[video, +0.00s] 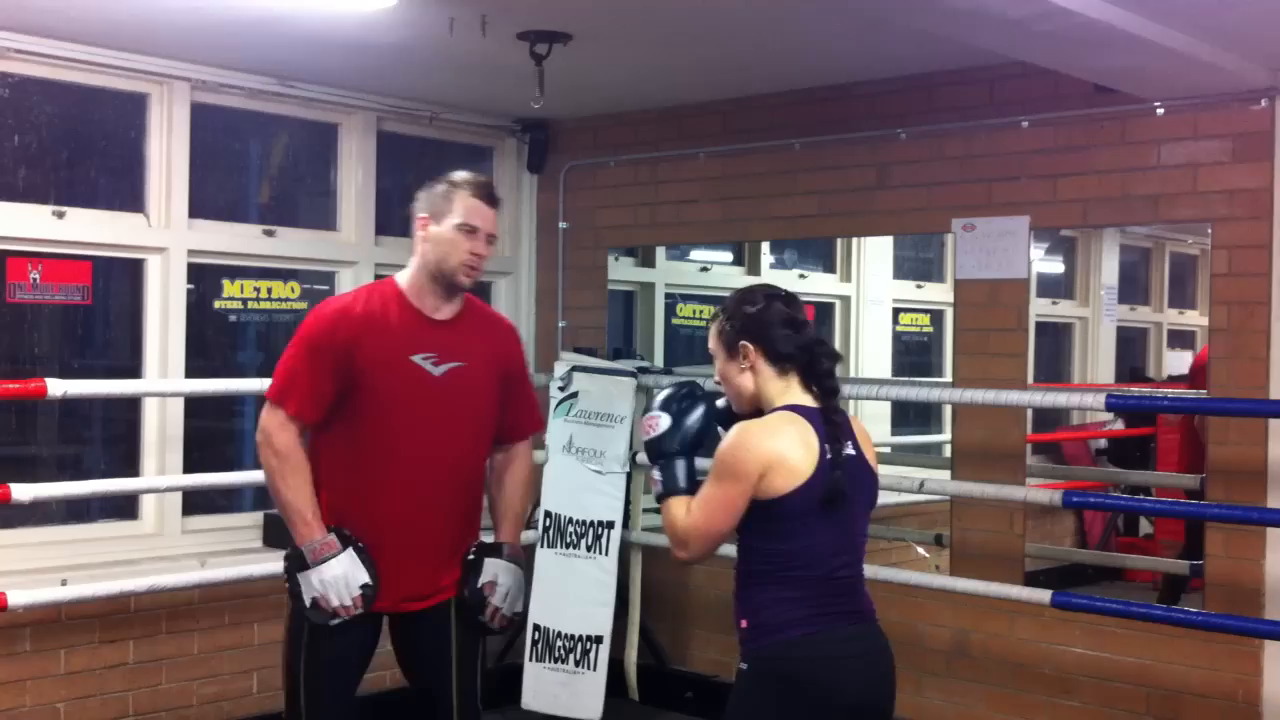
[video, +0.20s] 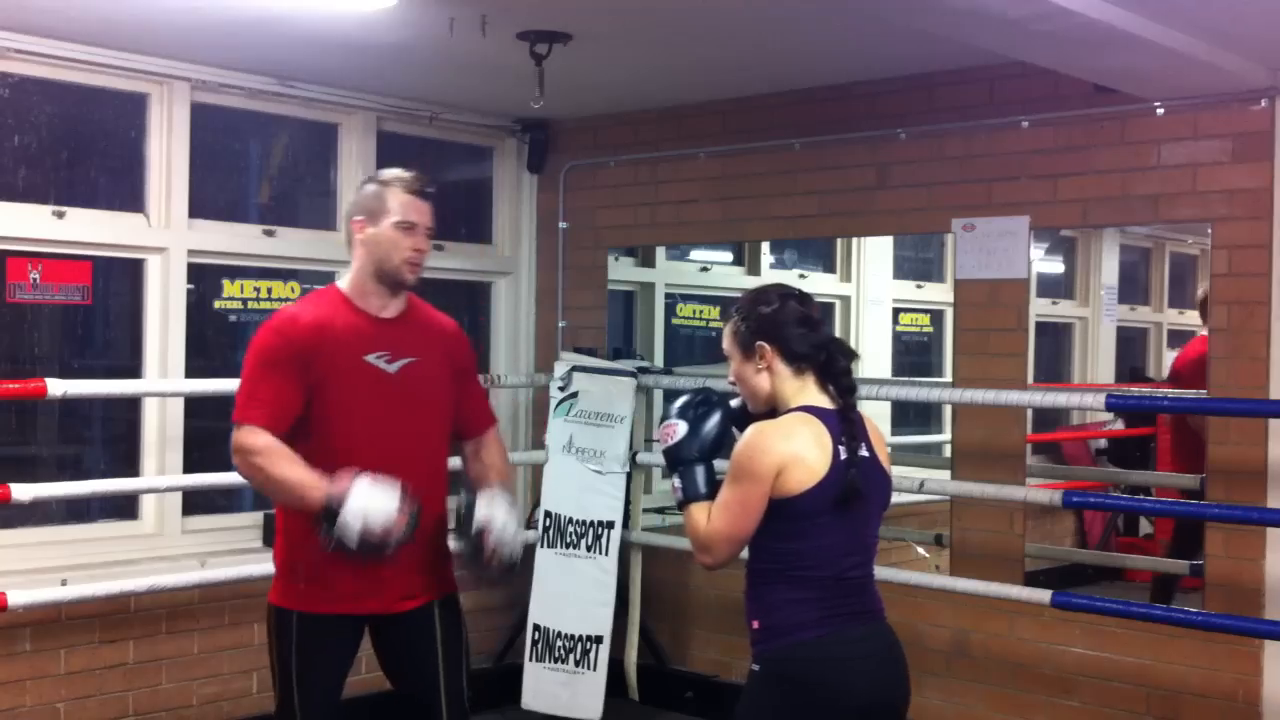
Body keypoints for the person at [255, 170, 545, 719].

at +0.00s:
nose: (482, 249)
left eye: (490, 238)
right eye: (469, 231)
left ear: (493, 246)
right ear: (422, 228)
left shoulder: (497, 338)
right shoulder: (343, 321)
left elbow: (513, 447)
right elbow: (277, 427)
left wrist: (508, 553)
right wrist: (317, 547)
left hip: (443, 586)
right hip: (341, 580)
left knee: (454, 710)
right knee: (317, 712)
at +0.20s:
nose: (422, 245)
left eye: (428, 234)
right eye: (408, 228)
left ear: (430, 242)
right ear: (360, 229)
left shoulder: (445, 336)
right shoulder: (295, 330)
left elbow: (481, 435)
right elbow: (251, 445)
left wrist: (494, 498)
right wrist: (331, 493)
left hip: (420, 586)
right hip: (317, 587)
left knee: (444, 708)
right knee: (305, 712)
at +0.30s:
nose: (401, 246)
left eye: (406, 233)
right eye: (386, 228)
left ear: (411, 239)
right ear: (339, 229)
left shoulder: (425, 330)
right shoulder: (280, 328)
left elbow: (454, 429)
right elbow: (249, 445)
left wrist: (489, 425)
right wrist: (344, 422)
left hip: (411, 575)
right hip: (310, 581)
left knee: (441, 708)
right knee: (300, 712)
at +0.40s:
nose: (391, 251)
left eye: (396, 237)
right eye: (377, 234)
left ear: (403, 239)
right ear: (329, 233)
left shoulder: (416, 327)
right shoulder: (273, 326)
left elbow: (468, 427)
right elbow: (270, 439)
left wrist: (489, 360)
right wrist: (348, 358)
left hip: (408, 570)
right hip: (309, 575)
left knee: (439, 708)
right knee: (299, 712)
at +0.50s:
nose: (388, 255)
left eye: (396, 242)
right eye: (374, 239)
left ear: (404, 244)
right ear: (328, 237)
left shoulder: (415, 328)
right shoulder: (275, 326)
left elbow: (484, 413)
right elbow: (295, 425)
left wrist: (483, 330)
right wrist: (360, 326)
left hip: (409, 573)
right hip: (309, 579)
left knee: (440, 708)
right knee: (302, 712)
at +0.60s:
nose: (392, 256)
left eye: (399, 242)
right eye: (377, 240)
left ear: (408, 245)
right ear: (332, 239)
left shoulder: (419, 329)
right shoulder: (279, 327)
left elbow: (489, 413)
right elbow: (308, 420)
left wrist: (495, 333)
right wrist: (375, 324)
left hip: (414, 575)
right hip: (315, 580)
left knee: (443, 709)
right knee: (304, 712)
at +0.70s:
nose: (397, 255)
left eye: (403, 241)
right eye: (380, 239)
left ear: (410, 244)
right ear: (336, 238)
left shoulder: (425, 331)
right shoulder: (284, 326)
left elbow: (493, 413)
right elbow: (313, 418)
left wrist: (512, 340)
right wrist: (382, 326)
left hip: (419, 578)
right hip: (317, 584)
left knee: (445, 710)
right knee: (307, 712)